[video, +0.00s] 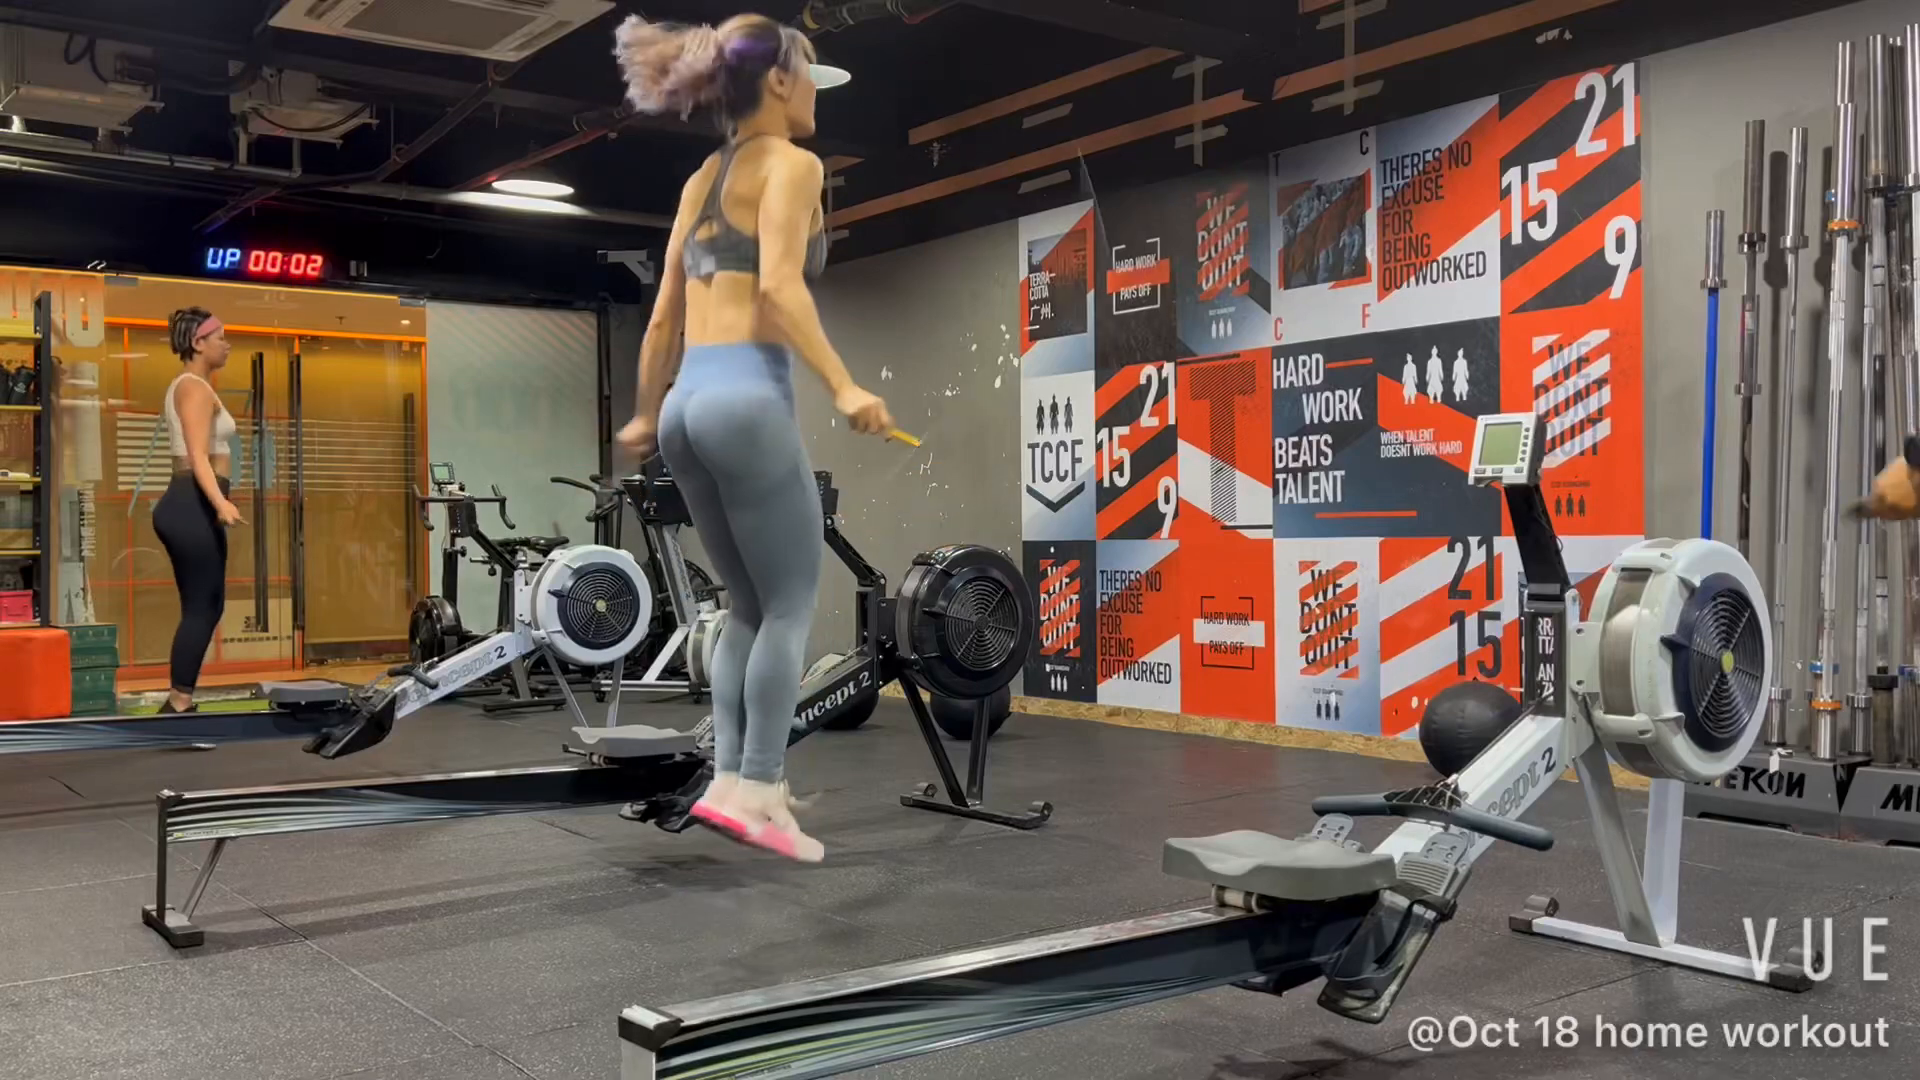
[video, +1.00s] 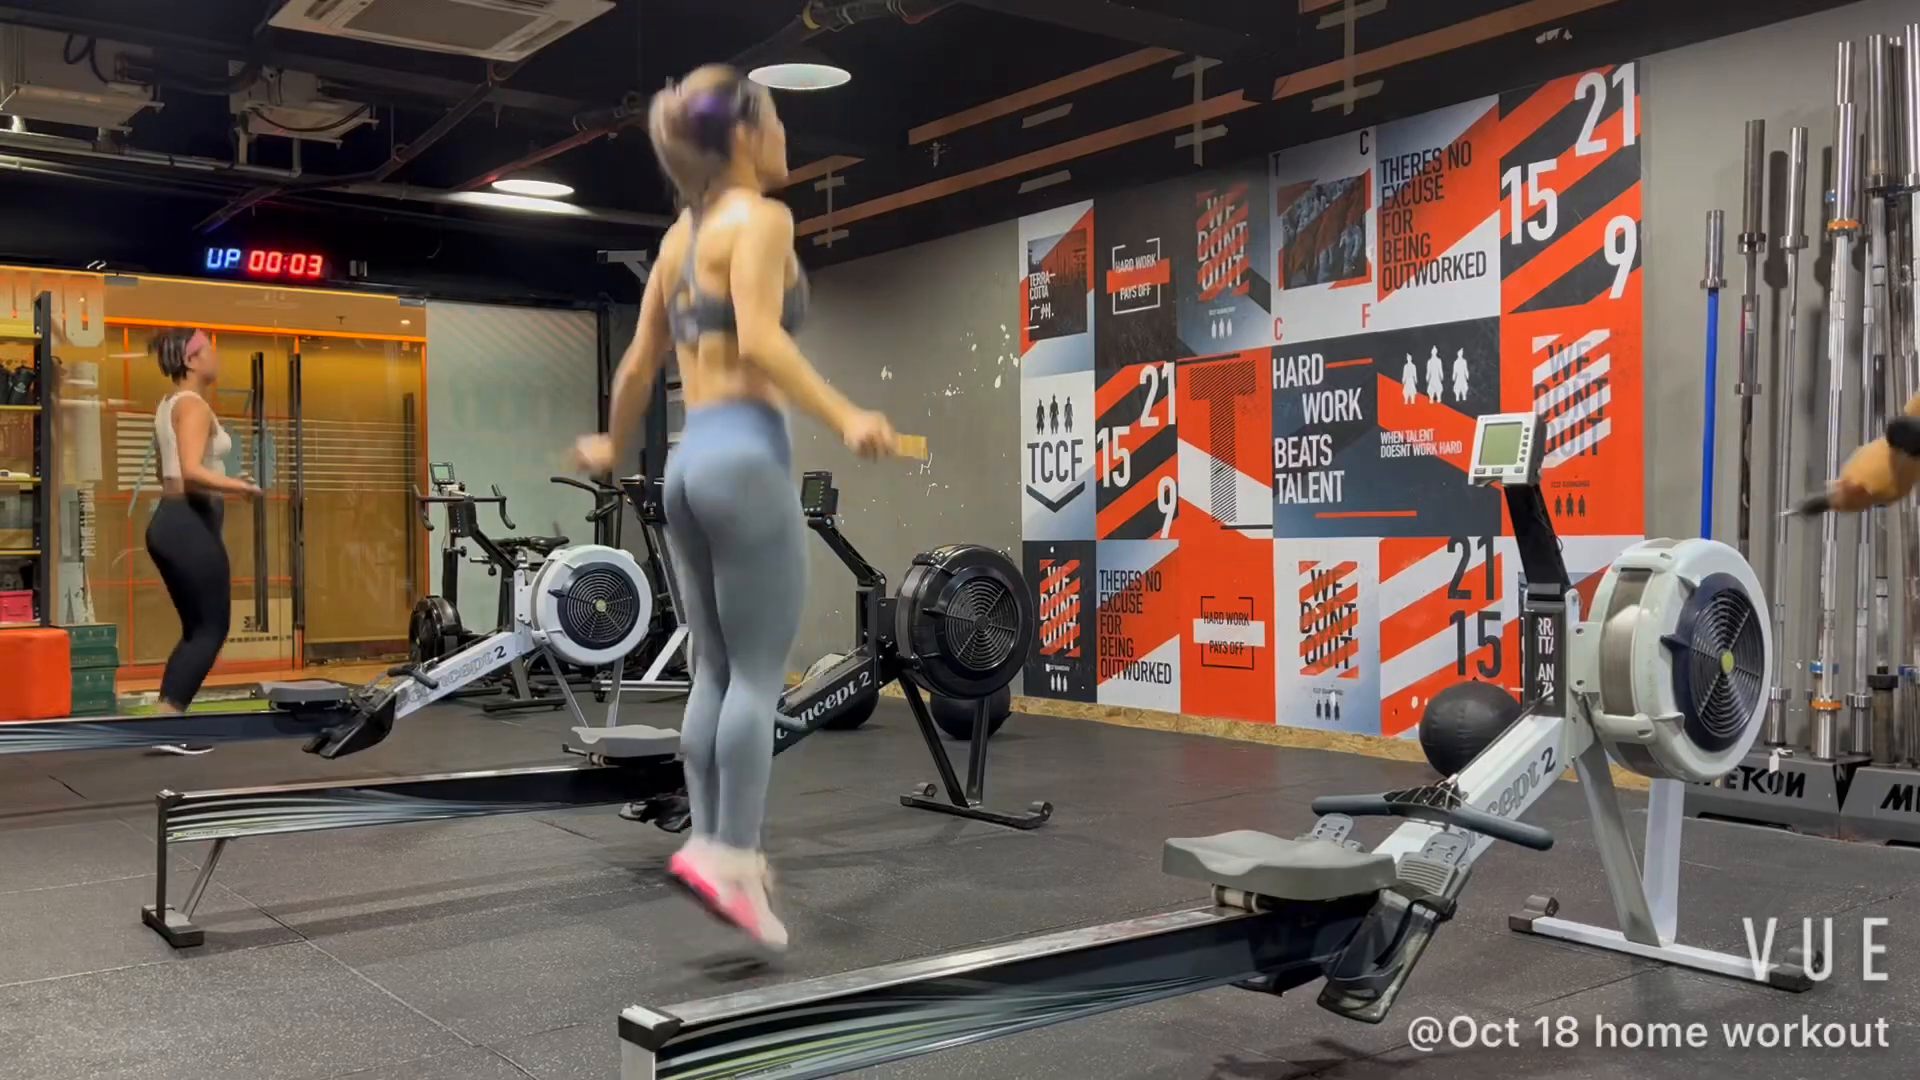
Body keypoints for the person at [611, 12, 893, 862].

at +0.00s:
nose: (812, 92)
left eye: (808, 77)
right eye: (804, 78)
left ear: (738, 91)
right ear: (776, 83)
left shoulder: (699, 181)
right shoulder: (791, 162)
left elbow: (666, 316)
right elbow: (778, 288)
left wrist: (647, 411)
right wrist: (844, 387)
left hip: (685, 394)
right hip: (744, 390)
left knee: (743, 605)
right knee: (790, 601)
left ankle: (733, 781)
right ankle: (760, 790)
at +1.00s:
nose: (781, 133)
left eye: (774, 118)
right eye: (771, 120)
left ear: (704, 145)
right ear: (744, 135)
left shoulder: (677, 237)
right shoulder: (763, 217)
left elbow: (640, 363)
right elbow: (758, 338)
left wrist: (611, 444)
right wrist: (847, 418)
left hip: (686, 457)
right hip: (742, 451)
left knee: (711, 671)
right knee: (755, 674)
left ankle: (709, 846)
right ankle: (736, 856)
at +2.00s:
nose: (775, 217)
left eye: (768, 203)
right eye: (764, 204)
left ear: (707, 227)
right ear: (736, 220)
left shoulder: (668, 312)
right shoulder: (746, 306)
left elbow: (618, 438)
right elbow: (733, 434)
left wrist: (615, 481)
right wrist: (828, 506)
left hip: (669, 542)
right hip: (719, 541)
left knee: (729, 747)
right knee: (761, 745)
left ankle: (672, 915)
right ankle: (683, 922)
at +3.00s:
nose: (763, 96)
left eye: (759, 80)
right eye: (754, 82)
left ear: (691, 96)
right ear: (722, 87)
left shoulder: (654, 188)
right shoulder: (739, 166)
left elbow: (616, 319)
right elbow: (722, 285)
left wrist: (605, 413)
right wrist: (791, 381)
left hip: (657, 412)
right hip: (714, 408)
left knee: (704, 621)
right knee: (750, 618)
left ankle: (689, 795)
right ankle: (712, 805)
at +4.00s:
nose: (763, 123)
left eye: (756, 108)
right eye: (754, 110)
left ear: (684, 133)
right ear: (727, 123)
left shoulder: (659, 223)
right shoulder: (744, 203)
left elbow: (617, 349)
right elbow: (736, 323)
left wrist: (589, 424)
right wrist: (827, 401)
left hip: (669, 446)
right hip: (721, 443)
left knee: (699, 657)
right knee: (739, 659)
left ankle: (689, 838)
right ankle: (711, 846)